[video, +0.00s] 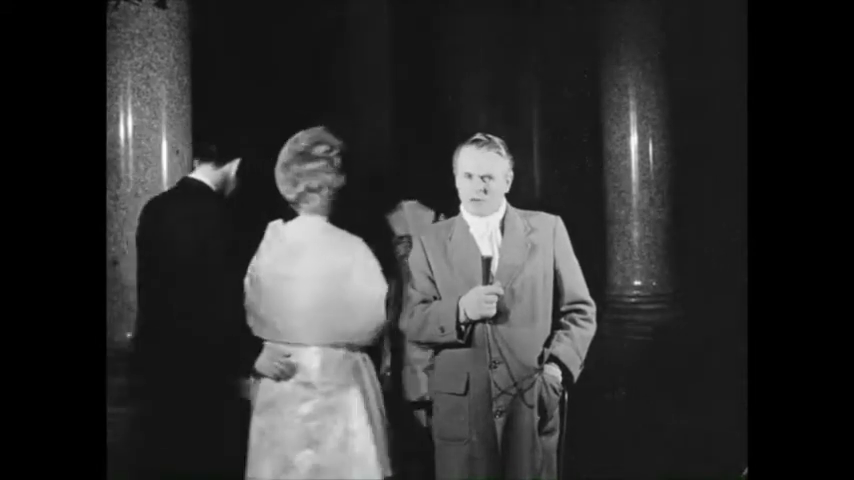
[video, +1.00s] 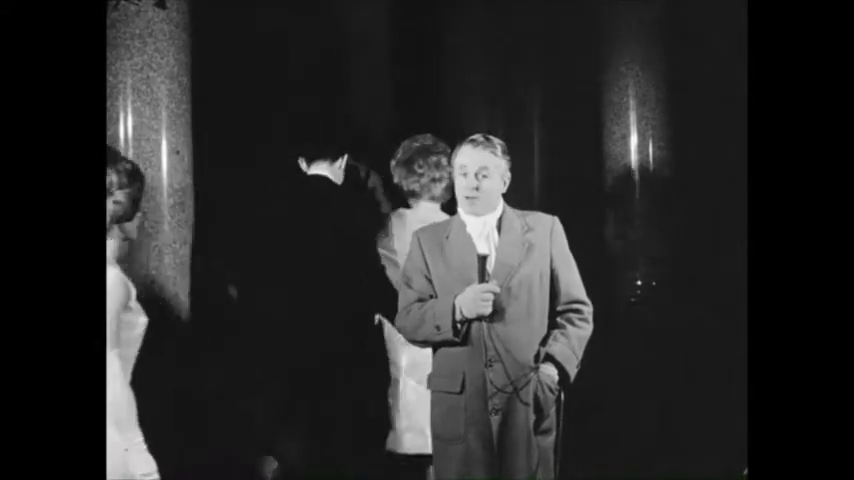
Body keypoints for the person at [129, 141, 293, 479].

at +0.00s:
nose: (239, 179)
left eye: (241, 169)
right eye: (241, 169)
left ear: (197, 158)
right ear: (233, 167)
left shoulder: (156, 209)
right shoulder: (217, 216)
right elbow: (215, 305)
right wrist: (254, 354)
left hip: (160, 356)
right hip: (204, 364)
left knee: (166, 453)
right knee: (209, 456)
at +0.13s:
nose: (261, 174)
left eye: (263, 165)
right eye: (262, 165)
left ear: (217, 158)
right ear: (257, 165)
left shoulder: (178, 207)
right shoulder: (247, 215)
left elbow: (179, 298)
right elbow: (243, 299)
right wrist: (280, 352)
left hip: (186, 358)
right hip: (236, 364)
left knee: (193, 455)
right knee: (241, 458)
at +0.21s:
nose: (273, 169)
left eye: (271, 162)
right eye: (274, 163)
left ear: (229, 157)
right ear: (268, 162)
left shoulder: (190, 206)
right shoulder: (269, 210)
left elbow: (185, 282)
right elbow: (273, 288)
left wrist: (189, 334)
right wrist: (293, 344)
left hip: (204, 335)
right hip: (257, 337)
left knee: (209, 429)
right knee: (258, 434)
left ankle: (207, 470)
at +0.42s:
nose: (300, 166)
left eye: (300, 160)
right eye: (302, 159)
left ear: (255, 154)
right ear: (297, 159)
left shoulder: (223, 199)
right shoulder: (295, 211)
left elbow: (212, 282)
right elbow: (306, 287)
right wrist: (335, 339)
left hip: (234, 335)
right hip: (285, 342)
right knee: (283, 445)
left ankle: (249, 468)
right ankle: (278, 470)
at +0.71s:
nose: (327, 176)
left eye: (327, 168)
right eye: (326, 167)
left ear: (283, 166)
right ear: (321, 167)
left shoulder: (255, 206)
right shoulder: (324, 213)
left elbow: (244, 285)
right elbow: (340, 288)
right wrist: (382, 332)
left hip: (269, 338)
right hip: (321, 338)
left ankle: (286, 470)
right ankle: (327, 469)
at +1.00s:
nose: (345, 171)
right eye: (345, 164)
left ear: (300, 162)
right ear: (342, 162)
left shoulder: (276, 202)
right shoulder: (350, 204)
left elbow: (259, 270)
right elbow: (366, 272)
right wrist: (403, 314)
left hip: (290, 321)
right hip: (347, 326)